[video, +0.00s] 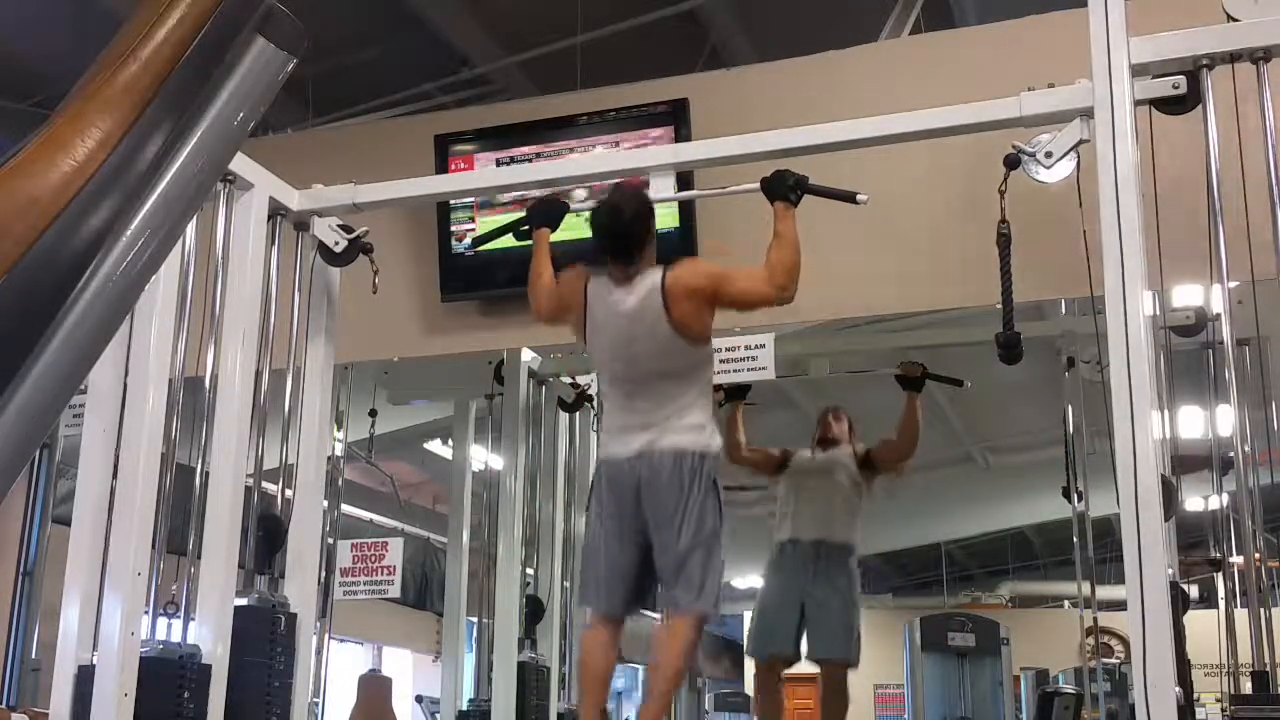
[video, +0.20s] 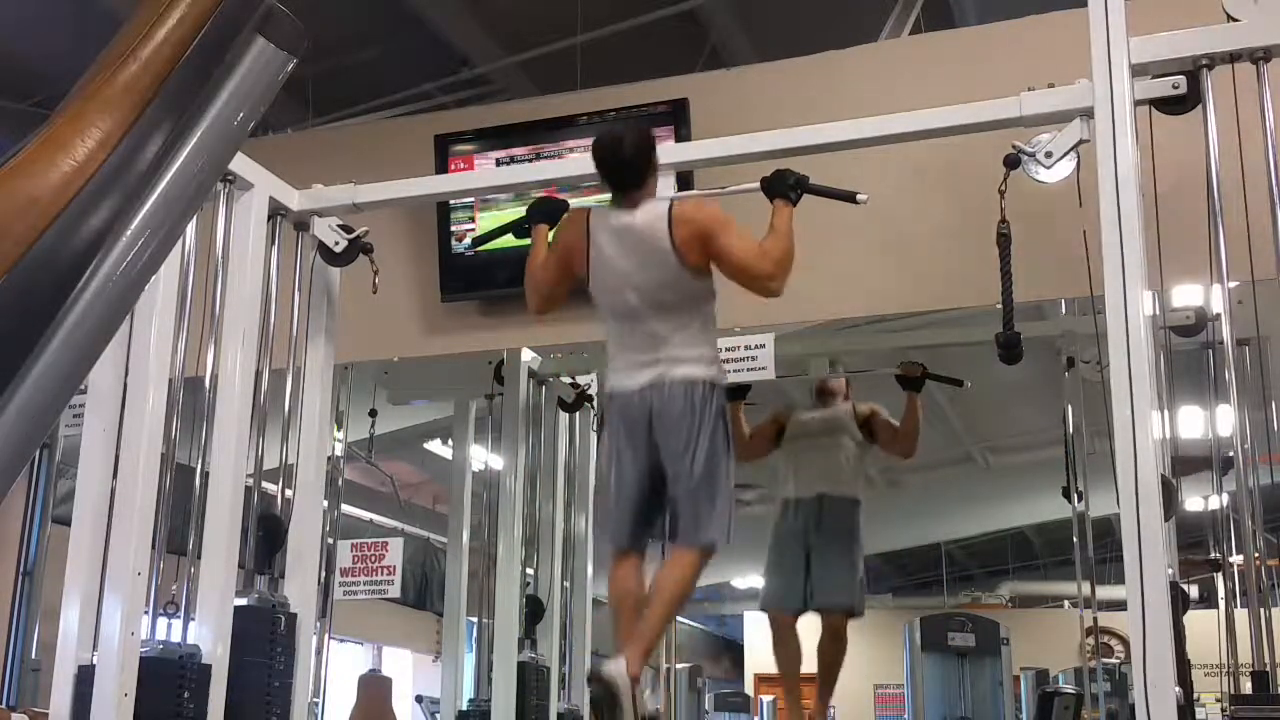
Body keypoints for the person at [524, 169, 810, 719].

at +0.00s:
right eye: (647, 222)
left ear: (599, 237)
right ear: (654, 230)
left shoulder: (584, 289)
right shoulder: (691, 281)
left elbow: (542, 301)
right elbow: (779, 285)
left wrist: (540, 234)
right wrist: (784, 206)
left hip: (614, 465)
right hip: (683, 462)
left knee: (603, 610)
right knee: (685, 604)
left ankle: (590, 716)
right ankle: (651, 715)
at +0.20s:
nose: (655, 160)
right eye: (653, 154)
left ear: (601, 176)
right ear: (655, 164)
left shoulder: (581, 230)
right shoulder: (694, 218)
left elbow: (540, 298)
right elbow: (771, 275)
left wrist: (541, 228)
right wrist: (784, 205)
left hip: (625, 398)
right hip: (690, 394)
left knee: (624, 544)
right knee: (693, 537)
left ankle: (631, 684)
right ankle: (626, 665)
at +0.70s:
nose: (661, 228)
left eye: (650, 224)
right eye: (659, 222)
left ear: (605, 238)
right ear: (660, 231)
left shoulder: (588, 292)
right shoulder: (696, 284)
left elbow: (545, 302)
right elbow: (782, 285)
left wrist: (541, 235)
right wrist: (786, 209)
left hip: (630, 469)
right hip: (696, 463)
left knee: (646, 611)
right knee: (704, 606)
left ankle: (659, 719)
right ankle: (661, 716)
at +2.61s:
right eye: (656, 182)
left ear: (607, 202)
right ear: (660, 193)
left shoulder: (584, 257)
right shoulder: (697, 244)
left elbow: (540, 305)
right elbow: (781, 282)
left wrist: (540, 234)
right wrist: (784, 208)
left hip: (626, 427)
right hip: (692, 422)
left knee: (628, 571)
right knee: (696, 565)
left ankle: (642, 698)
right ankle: (628, 695)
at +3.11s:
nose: (659, 257)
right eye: (659, 249)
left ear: (610, 268)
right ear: (663, 261)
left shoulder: (593, 321)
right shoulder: (698, 305)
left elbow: (545, 302)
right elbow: (784, 289)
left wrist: (542, 236)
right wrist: (785, 208)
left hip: (627, 499)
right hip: (694, 492)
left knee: (632, 644)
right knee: (709, 640)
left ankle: (639, 718)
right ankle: (659, 715)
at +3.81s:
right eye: (661, 167)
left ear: (609, 192)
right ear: (663, 182)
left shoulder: (585, 245)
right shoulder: (698, 233)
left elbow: (538, 302)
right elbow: (780, 279)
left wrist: (540, 232)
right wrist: (785, 207)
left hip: (627, 414)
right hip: (692, 409)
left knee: (627, 554)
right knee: (697, 549)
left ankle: (648, 686)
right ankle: (633, 683)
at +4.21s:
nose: (665, 238)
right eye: (663, 232)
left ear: (611, 248)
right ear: (664, 241)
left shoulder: (589, 297)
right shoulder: (699, 287)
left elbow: (542, 303)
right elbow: (785, 288)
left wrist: (543, 236)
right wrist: (785, 210)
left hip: (627, 476)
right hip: (694, 471)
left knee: (635, 619)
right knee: (701, 613)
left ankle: (653, 719)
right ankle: (653, 716)